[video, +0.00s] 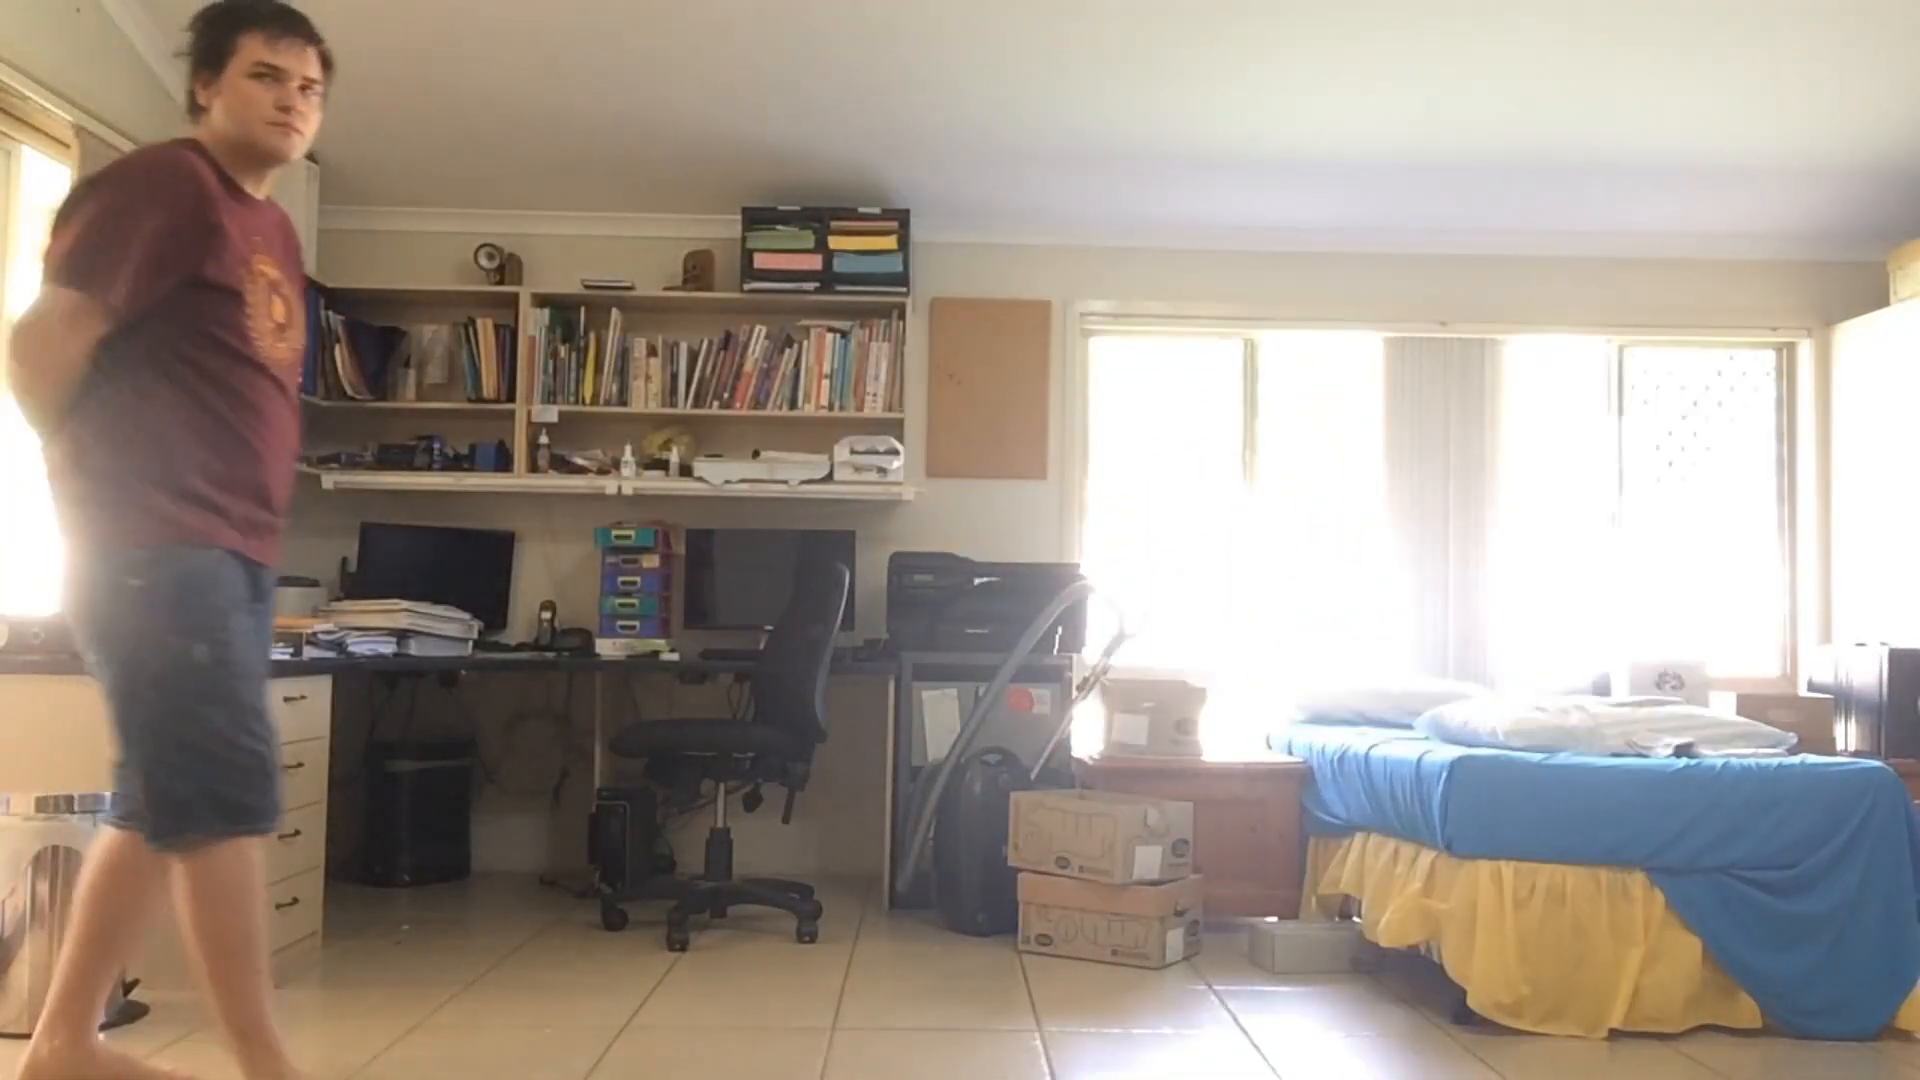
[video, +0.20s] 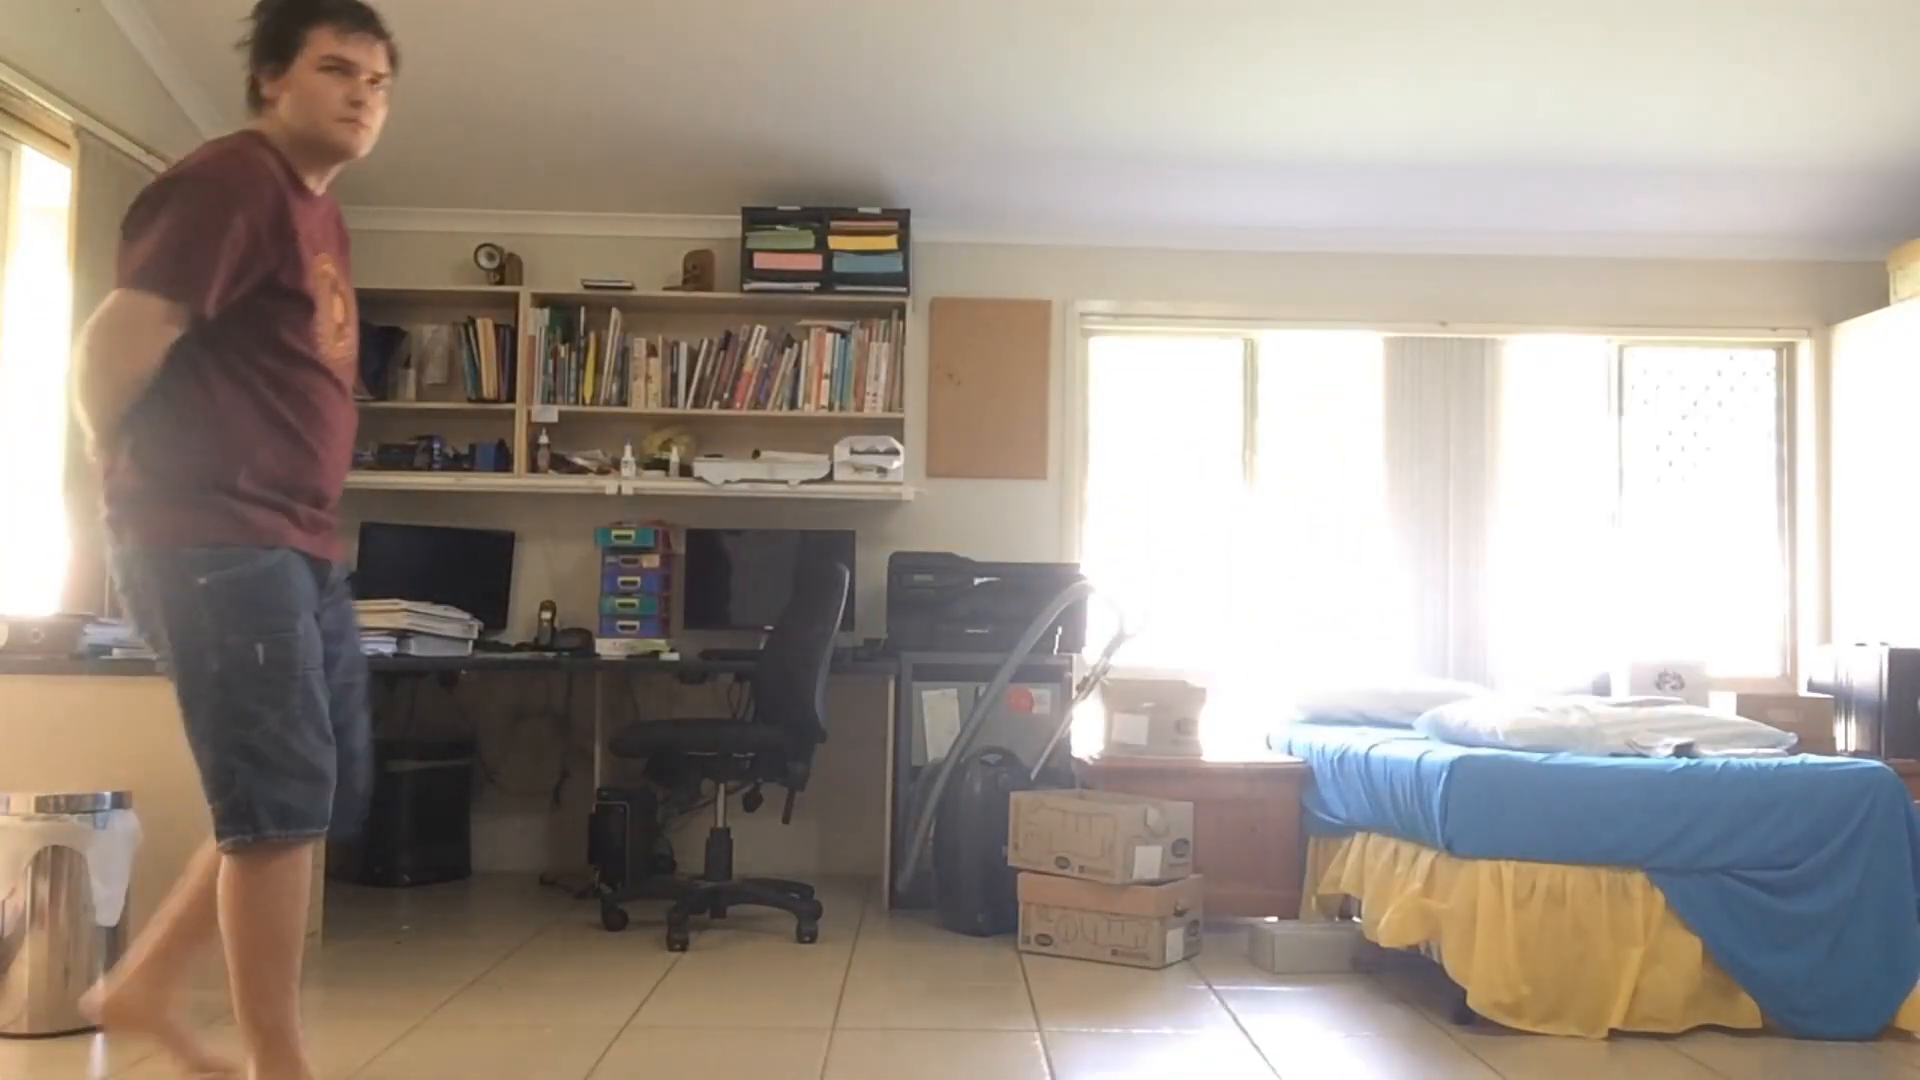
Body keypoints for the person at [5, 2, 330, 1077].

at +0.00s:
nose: (295, 99)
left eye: (311, 87)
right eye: (270, 76)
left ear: (319, 113)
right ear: (207, 88)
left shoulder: (278, 229)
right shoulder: (160, 180)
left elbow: (252, 380)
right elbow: (36, 350)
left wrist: (136, 443)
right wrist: (92, 465)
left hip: (238, 545)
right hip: (155, 538)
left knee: (153, 804)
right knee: (225, 798)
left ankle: (59, 1040)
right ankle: (264, 1059)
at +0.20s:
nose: (363, 93)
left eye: (379, 81)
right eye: (339, 69)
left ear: (385, 108)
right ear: (272, 81)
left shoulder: (318, 209)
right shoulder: (234, 177)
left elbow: (261, 371)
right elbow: (110, 352)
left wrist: (151, 456)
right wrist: (117, 459)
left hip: (301, 535)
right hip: (218, 531)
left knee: (323, 784)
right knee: (276, 804)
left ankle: (141, 985)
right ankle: (280, 1065)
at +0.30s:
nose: (405, 85)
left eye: (415, 71)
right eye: (381, 60)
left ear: (411, 95)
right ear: (307, 68)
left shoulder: (339, 195)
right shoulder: (259, 170)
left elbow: (275, 364)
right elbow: (128, 352)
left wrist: (163, 431)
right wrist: (139, 436)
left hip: (326, 535)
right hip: (236, 535)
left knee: (357, 785)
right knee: (270, 812)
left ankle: (221, 1025)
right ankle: (279, 1061)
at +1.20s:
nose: (542, 181)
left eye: (543, 163)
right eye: (521, 156)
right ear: (448, 161)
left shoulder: (453, 287)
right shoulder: (353, 247)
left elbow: (364, 422)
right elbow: (158, 377)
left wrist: (208, 440)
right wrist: (171, 451)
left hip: (346, 563)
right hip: (240, 560)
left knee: (387, 797)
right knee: (340, 796)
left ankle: (311, 1041)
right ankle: (247, 1056)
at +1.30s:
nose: (542, 202)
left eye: (544, 185)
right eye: (523, 176)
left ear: (477, 195)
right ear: (450, 178)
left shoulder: (446, 303)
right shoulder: (351, 254)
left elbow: (347, 434)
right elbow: (144, 374)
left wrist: (182, 441)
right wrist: (145, 435)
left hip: (323, 564)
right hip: (211, 559)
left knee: (364, 801)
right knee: (281, 806)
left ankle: (306, 1047)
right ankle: (148, 1055)